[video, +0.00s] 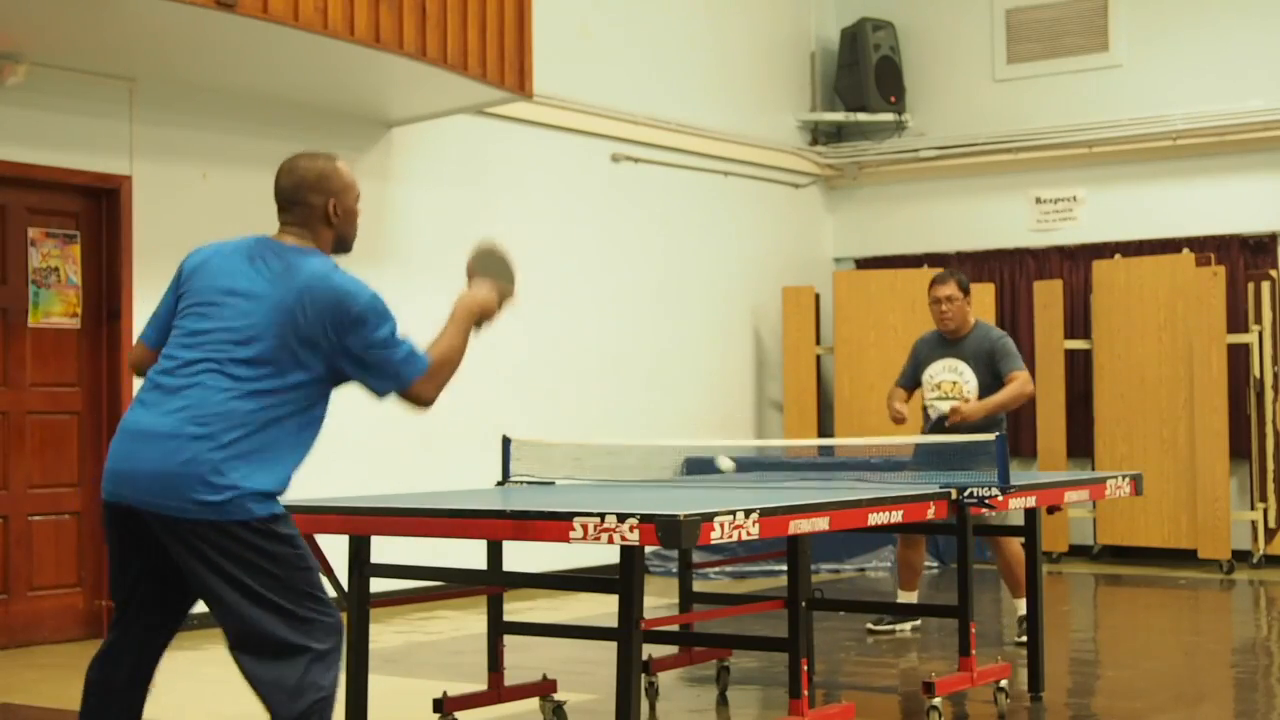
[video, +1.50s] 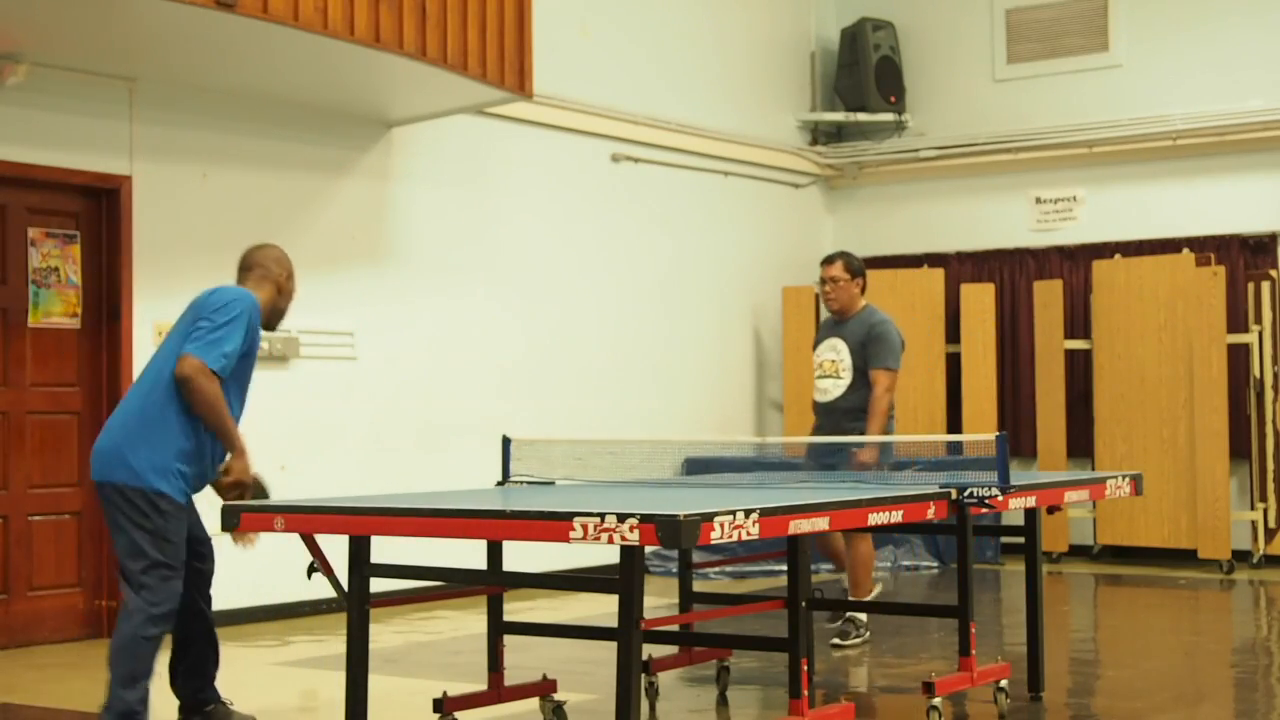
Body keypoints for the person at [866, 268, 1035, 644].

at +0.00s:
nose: (943, 309)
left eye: (950, 301)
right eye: (936, 302)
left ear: (968, 302)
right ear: (929, 306)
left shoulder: (994, 341)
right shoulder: (925, 346)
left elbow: (1024, 386)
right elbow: (900, 390)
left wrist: (978, 408)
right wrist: (897, 405)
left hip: (981, 453)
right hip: (932, 453)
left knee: (998, 529)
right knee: (910, 524)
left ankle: (1026, 613)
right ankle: (906, 610)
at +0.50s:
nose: (910, 307)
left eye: (918, 299)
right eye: (905, 301)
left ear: (942, 300)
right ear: (903, 306)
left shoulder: (968, 341)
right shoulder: (913, 346)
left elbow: (967, 401)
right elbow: (889, 391)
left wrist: (931, 444)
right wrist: (875, 367)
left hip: (970, 452)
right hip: (925, 453)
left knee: (991, 531)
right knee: (903, 524)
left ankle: (1024, 614)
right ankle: (909, 611)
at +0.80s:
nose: (870, 298)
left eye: (876, 290)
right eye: (866, 293)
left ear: (901, 288)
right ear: (866, 297)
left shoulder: (929, 325)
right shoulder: (876, 335)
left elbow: (940, 382)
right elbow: (838, 367)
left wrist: (920, 435)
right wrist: (843, 325)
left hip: (933, 438)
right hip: (890, 441)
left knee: (939, 519)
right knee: (897, 523)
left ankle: (966, 603)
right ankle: (908, 610)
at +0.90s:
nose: (860, 298)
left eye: (867, 290)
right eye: (856, 293)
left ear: (889, 289)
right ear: (854, 297)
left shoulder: (919, 324)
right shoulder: (865, 340)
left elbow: (936, 379)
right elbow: (829, 376)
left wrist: (917, 433)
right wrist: (833, 330)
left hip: (920, 441)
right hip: (884, 444)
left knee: (918, 521)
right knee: (897, 523)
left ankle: (924, 612)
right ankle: (906, 608)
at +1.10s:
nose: (846, 301)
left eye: (853, 292)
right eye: (842, 295)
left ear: (875, 291)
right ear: (839, 299)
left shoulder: (905, 330)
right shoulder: (847, 344)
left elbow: (920, 388)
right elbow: (832, 394)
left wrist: (922, 441)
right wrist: (814, 380)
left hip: (897, 444)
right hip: (863, 446)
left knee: (883, 521)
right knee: (887, 522)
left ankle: (865, 610)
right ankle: (909, 607)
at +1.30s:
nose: (839, 295)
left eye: (846, 287)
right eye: (835, 288)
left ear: (869, 287)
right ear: (832, 292)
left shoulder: (893, 331)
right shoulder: (835, 335)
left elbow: (905, 394)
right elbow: (825, 392)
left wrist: (908, 449)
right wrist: (810, 439)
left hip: (875, 446)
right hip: (838, 447)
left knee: (862, 523)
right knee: (860, 522)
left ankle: (858, 612)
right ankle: (896, 594)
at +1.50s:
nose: (827, 290)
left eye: (835, 282)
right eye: (824, 283)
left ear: (859, 284)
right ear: (822, 288)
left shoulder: (879, 328)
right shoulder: (827, 327)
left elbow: (883, 390)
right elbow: (825, 387)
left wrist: (871, 445)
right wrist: (813, 438)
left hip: (860, 444)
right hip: (824, 442)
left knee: (856, 524)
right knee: (812, 519)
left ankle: (857, 615)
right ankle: (863, 578)